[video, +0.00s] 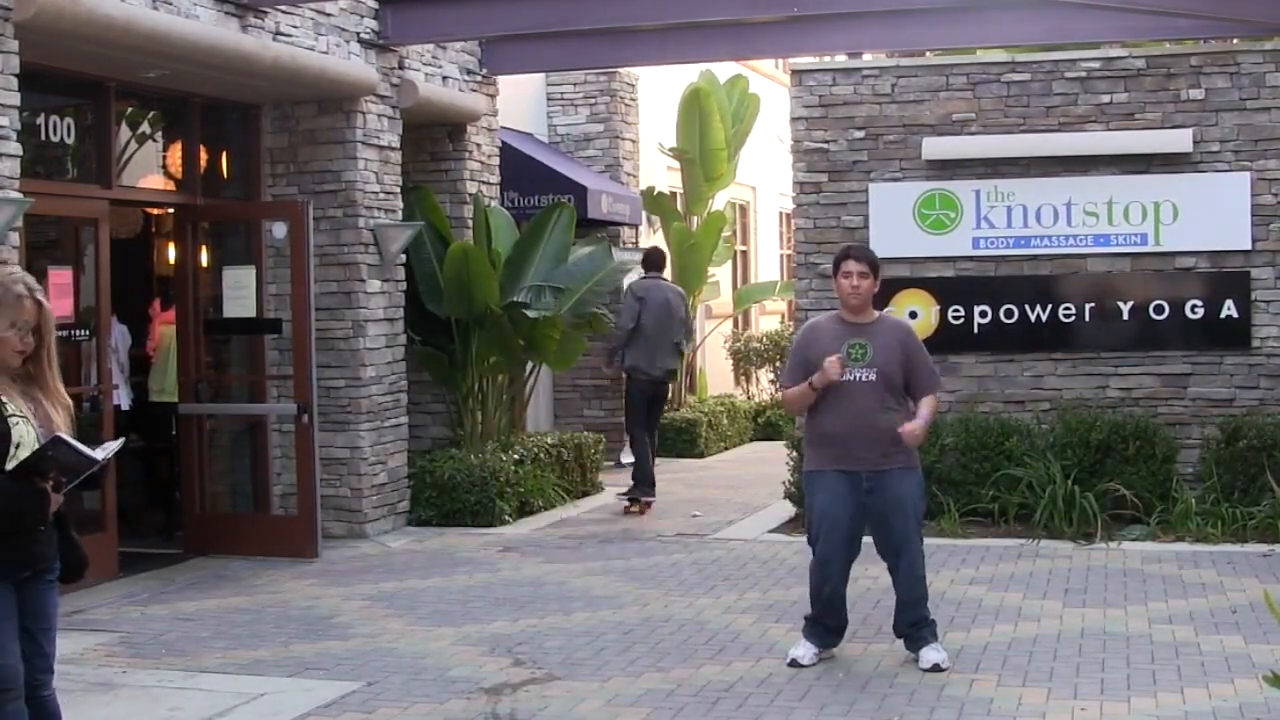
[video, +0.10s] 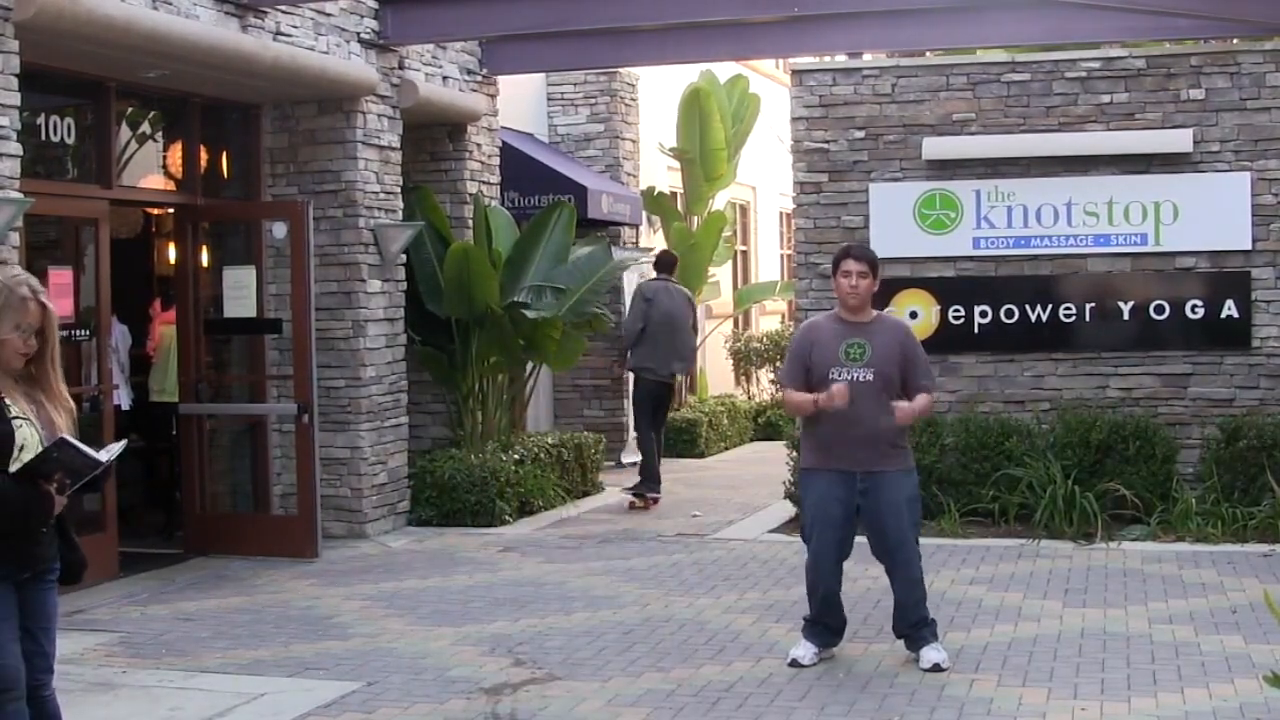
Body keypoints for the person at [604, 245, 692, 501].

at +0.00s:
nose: (643, 268)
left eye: (643, 263)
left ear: (643, 265)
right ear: (664, 266)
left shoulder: (636, 289)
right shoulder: (677, 293)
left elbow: (625, 324)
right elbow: (686, 330)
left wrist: (613, 352)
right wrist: (676, 349)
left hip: (639, 369)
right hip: (665, 371)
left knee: (637, 428)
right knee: (650, 428)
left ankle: (644, 488)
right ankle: (642, 484)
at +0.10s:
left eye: (655, 264)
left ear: (654, 266)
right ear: (675, 269)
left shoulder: (646, 289)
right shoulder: (686, 295)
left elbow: (632, 327)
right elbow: (692, 333)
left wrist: (623, 351)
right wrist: (687, 364)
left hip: (646, 370)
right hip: (670, 373)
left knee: (644, 428)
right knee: (657, 428)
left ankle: (651, 485)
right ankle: (649, 480)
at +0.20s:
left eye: (669, 264)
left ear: (666, 267)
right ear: (685, 272)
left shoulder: (654, 290)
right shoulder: (693, 297)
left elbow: (643, 325)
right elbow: (699, 333)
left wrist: (633, 351)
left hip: (653, 369)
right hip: (677, 372)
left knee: (650, 424)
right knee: (664, 425)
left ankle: (656, 479)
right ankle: (657, 476)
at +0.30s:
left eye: (680, 265)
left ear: (676, 268)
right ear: (695, 272)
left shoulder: (664, 290)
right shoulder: (702, 299)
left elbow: (653, 324)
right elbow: (707, 335)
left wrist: (644, 350)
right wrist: (687, 343)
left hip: (662, 364)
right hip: (684, 368)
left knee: (657, 418)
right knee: (674, 421)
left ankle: (665, 471)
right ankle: (668, 472)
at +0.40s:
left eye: (691, 266)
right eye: (703, 270)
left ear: (686, 268)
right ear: (705, 272)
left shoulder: (674, 289)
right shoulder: (711, 298)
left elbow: (662, 324)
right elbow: (716, 335)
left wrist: (655, 349)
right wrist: (697, 345)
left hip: (670, 364)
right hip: (693, 368)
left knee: (670, 417)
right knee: (684, 419)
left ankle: (676, 469)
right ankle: (678, 468)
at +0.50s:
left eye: (699, 266)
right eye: (709, 268)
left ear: (695, 268)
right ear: (714, 271)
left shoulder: (685, 291)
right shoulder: (721, 297)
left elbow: (673, 323)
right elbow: (725, 333)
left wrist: (664, 348)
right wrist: (709, 344)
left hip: (684, 363)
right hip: (706, 366)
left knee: (682, 414)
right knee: (696, 415)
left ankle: (688, 465)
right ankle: (689, 463)